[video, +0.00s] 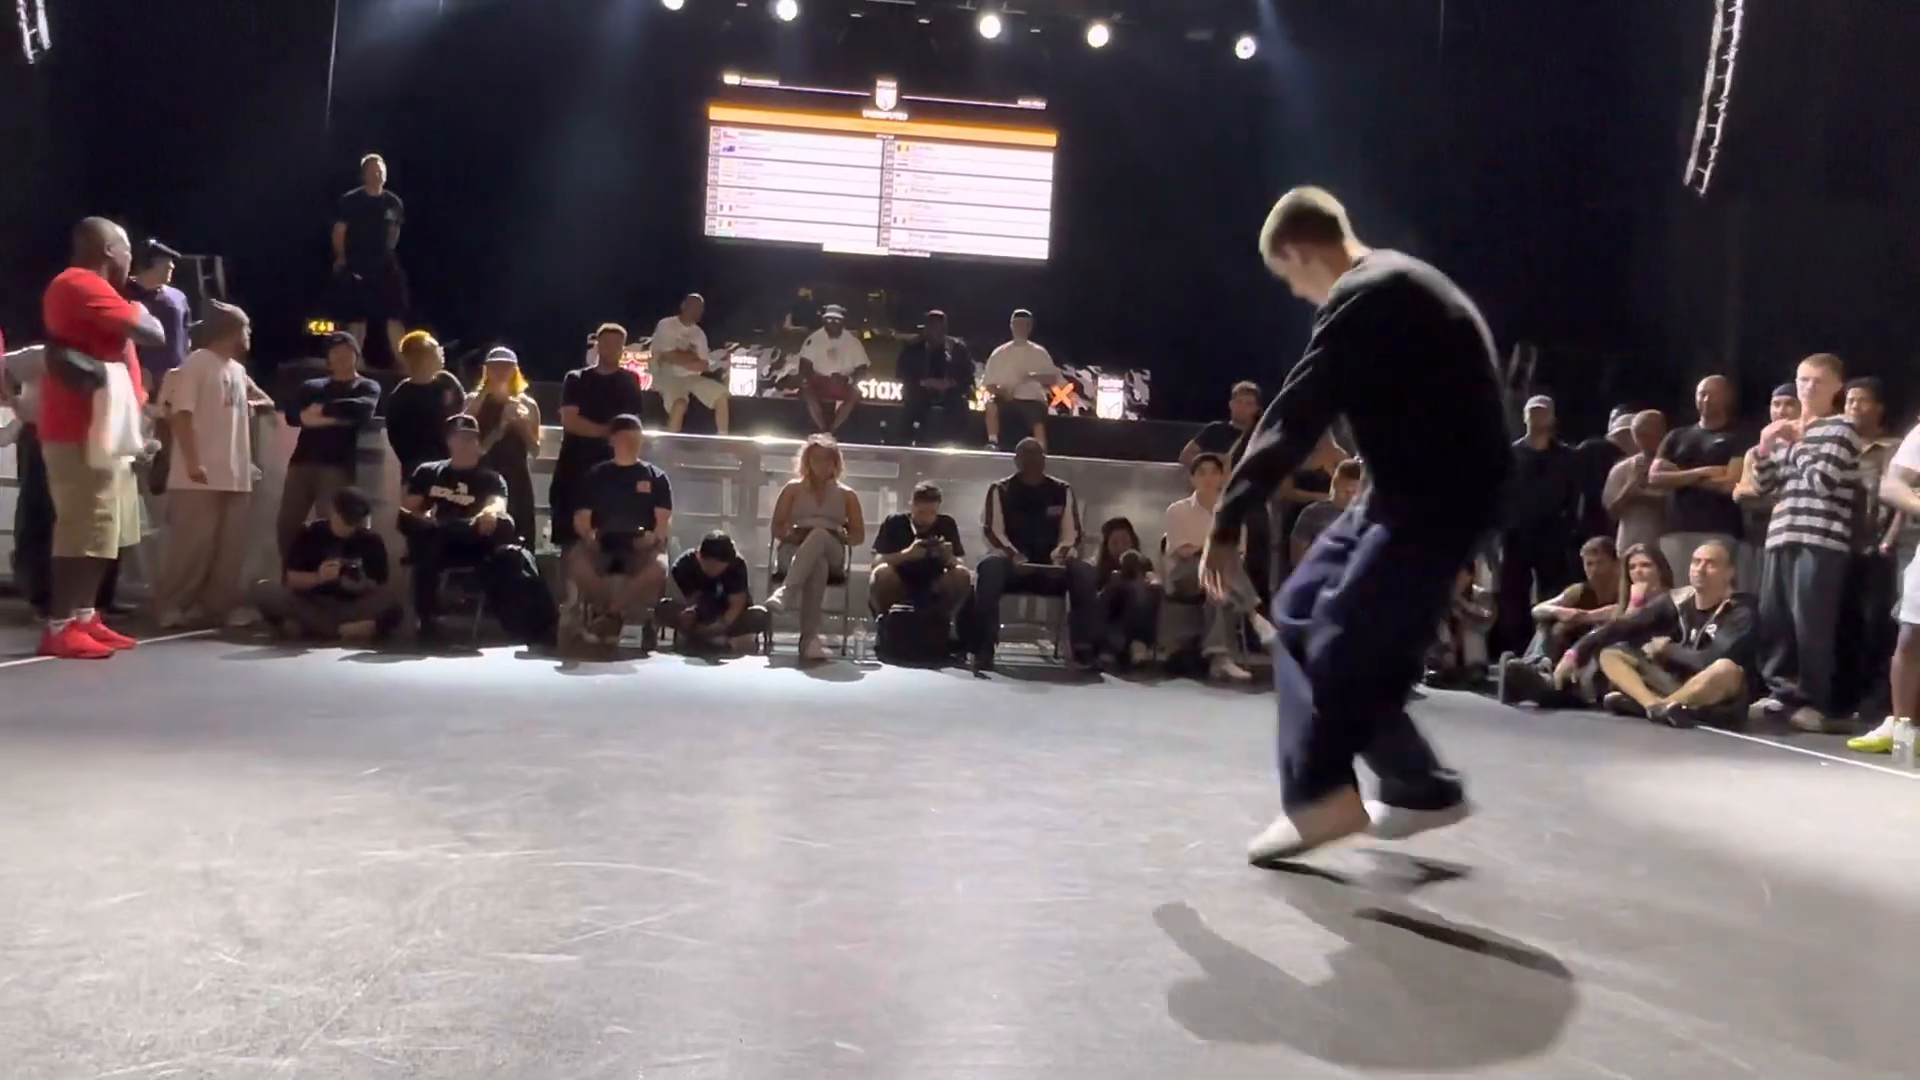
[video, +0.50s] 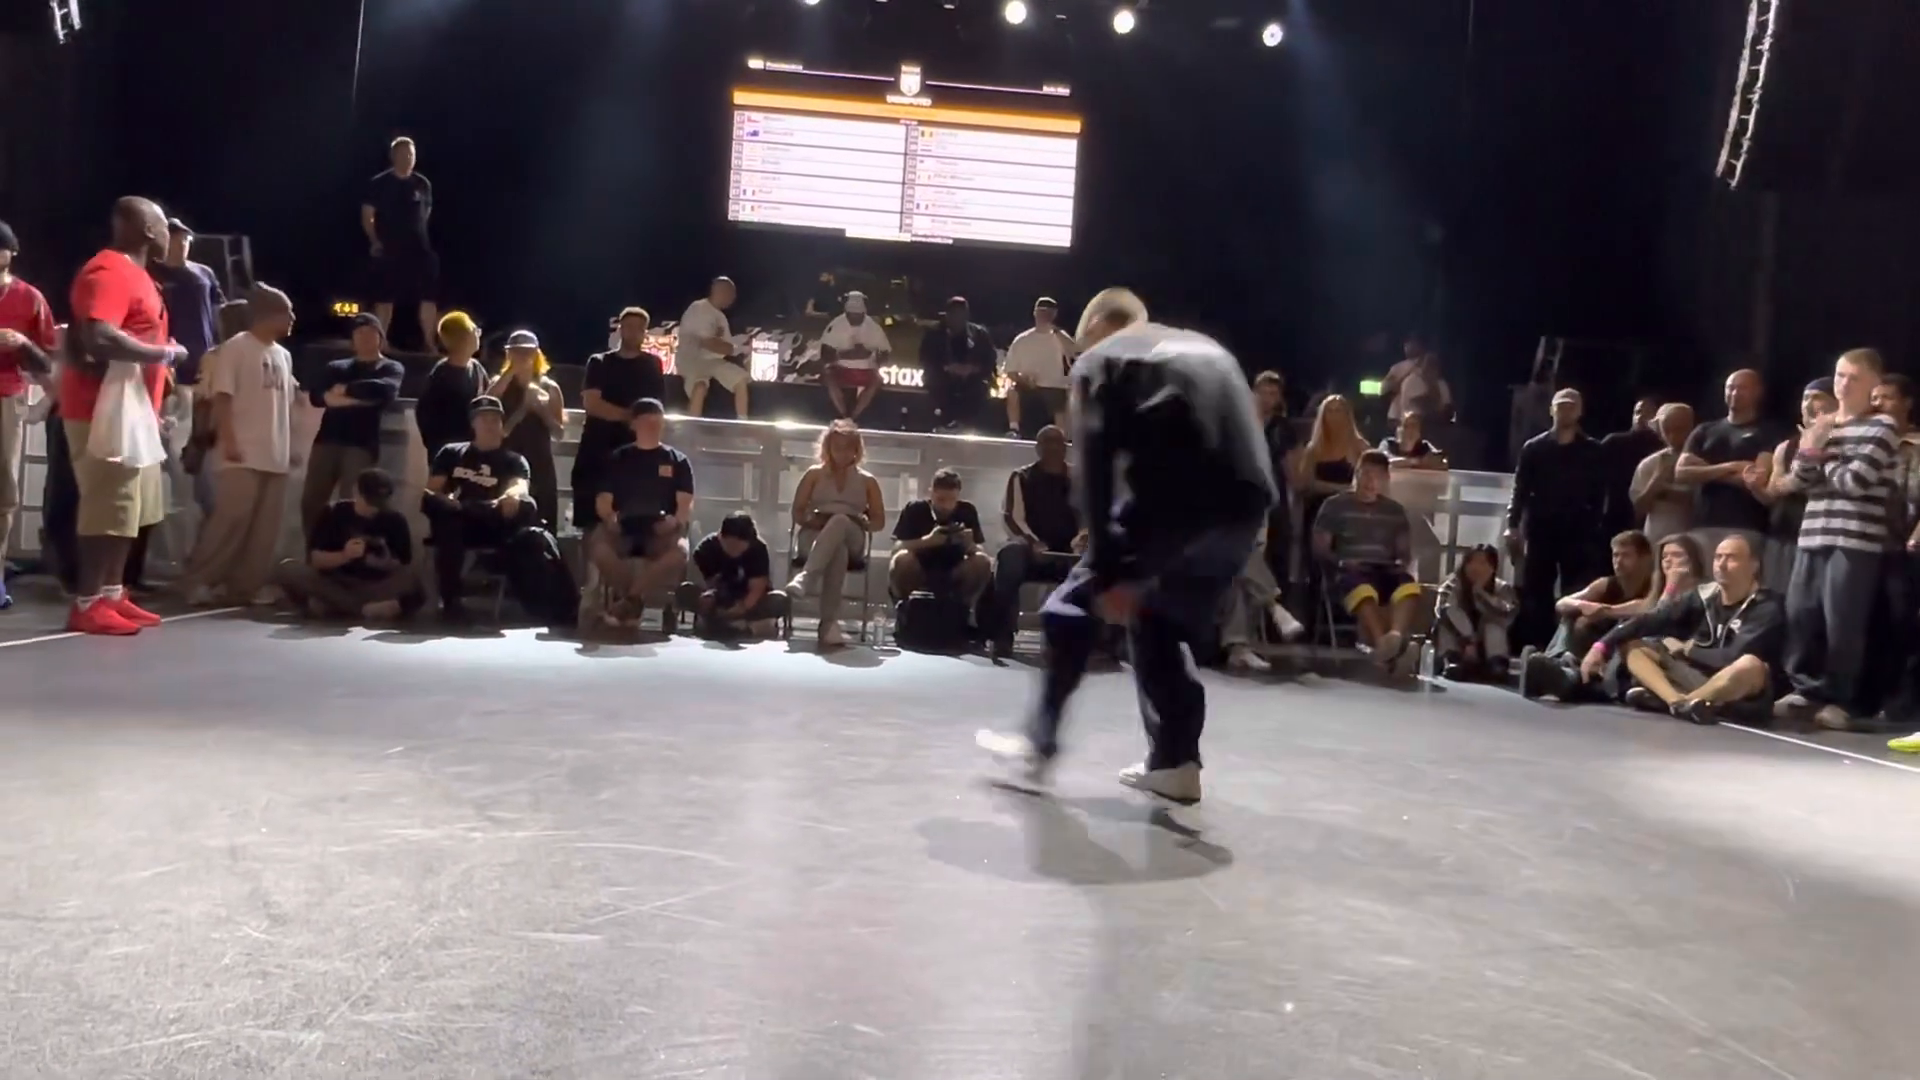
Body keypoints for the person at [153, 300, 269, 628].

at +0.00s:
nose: (249, 335)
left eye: (248, 329)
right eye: (245, 329)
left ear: (230, 333)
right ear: (227, 333)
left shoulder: (238, 371)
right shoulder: (194, 365)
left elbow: (237, 415)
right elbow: (181, 416)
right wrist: (192, 463)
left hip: (234, 473)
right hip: (199, 474)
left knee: (228, 548)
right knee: (191, 544)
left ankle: (222, 607)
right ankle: (171, 606)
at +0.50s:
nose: (292, 319)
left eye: (291, 313)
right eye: (286, 313)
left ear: (277, 317)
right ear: (266, 316)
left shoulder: (282, 355)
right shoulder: (234, 348)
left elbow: (286, 403)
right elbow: (222, 398)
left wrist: (287, 446)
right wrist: (228, 440)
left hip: (274, 452)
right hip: (240, 452)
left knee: (265, 527)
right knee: (232, 517)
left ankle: (250, 585)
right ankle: (199, 579)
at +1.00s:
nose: (292, 310)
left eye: (295, 303)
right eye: (285, 303)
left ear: (297, 307)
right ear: (267, 303)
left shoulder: (298, 349)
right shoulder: (242, 340)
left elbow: (302, 399)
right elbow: (225, 386)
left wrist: (305, 438)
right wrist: (230, 423)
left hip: (286, 446)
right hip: (249, 443)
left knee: (276, 518)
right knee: (244, 509)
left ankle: (261, 577)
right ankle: (213, 570)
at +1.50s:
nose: (275, 295)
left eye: (278, 289)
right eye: (268, 289)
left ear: (279, 294)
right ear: (250, 292)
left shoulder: (287, 337)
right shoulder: (228, 330)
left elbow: (296, 387)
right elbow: (215, 375)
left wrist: (298, 427)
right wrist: (215, 409)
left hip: (278, 438)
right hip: (237, 435)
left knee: (274, 511)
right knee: (224, 506)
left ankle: (268, 569)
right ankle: (209, 568)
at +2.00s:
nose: (265, 283)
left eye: (264, 277)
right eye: (257, 277)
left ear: (262, 282)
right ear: (238, 281)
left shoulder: (266, 323)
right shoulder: (224, 321)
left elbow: (272, 374)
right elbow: (218, 370)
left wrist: (278, 414)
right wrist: (232, 404)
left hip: (262, 420)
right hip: (228, 420)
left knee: (259, 494)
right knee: (224, 494)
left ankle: (260, 551)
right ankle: (217, 555)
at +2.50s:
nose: (262, 277)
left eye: (263, 270)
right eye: (257, 269)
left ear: (263, 275)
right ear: (238, 272)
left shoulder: (266, 316)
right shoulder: (228, 314)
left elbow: (274, 364)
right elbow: (226, 361)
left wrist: (275, 406)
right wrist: (236, 396)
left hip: (264, 412)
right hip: (232, 412)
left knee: (263, 484)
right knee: (229, 485)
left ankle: (264, 543)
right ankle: (223, 547)